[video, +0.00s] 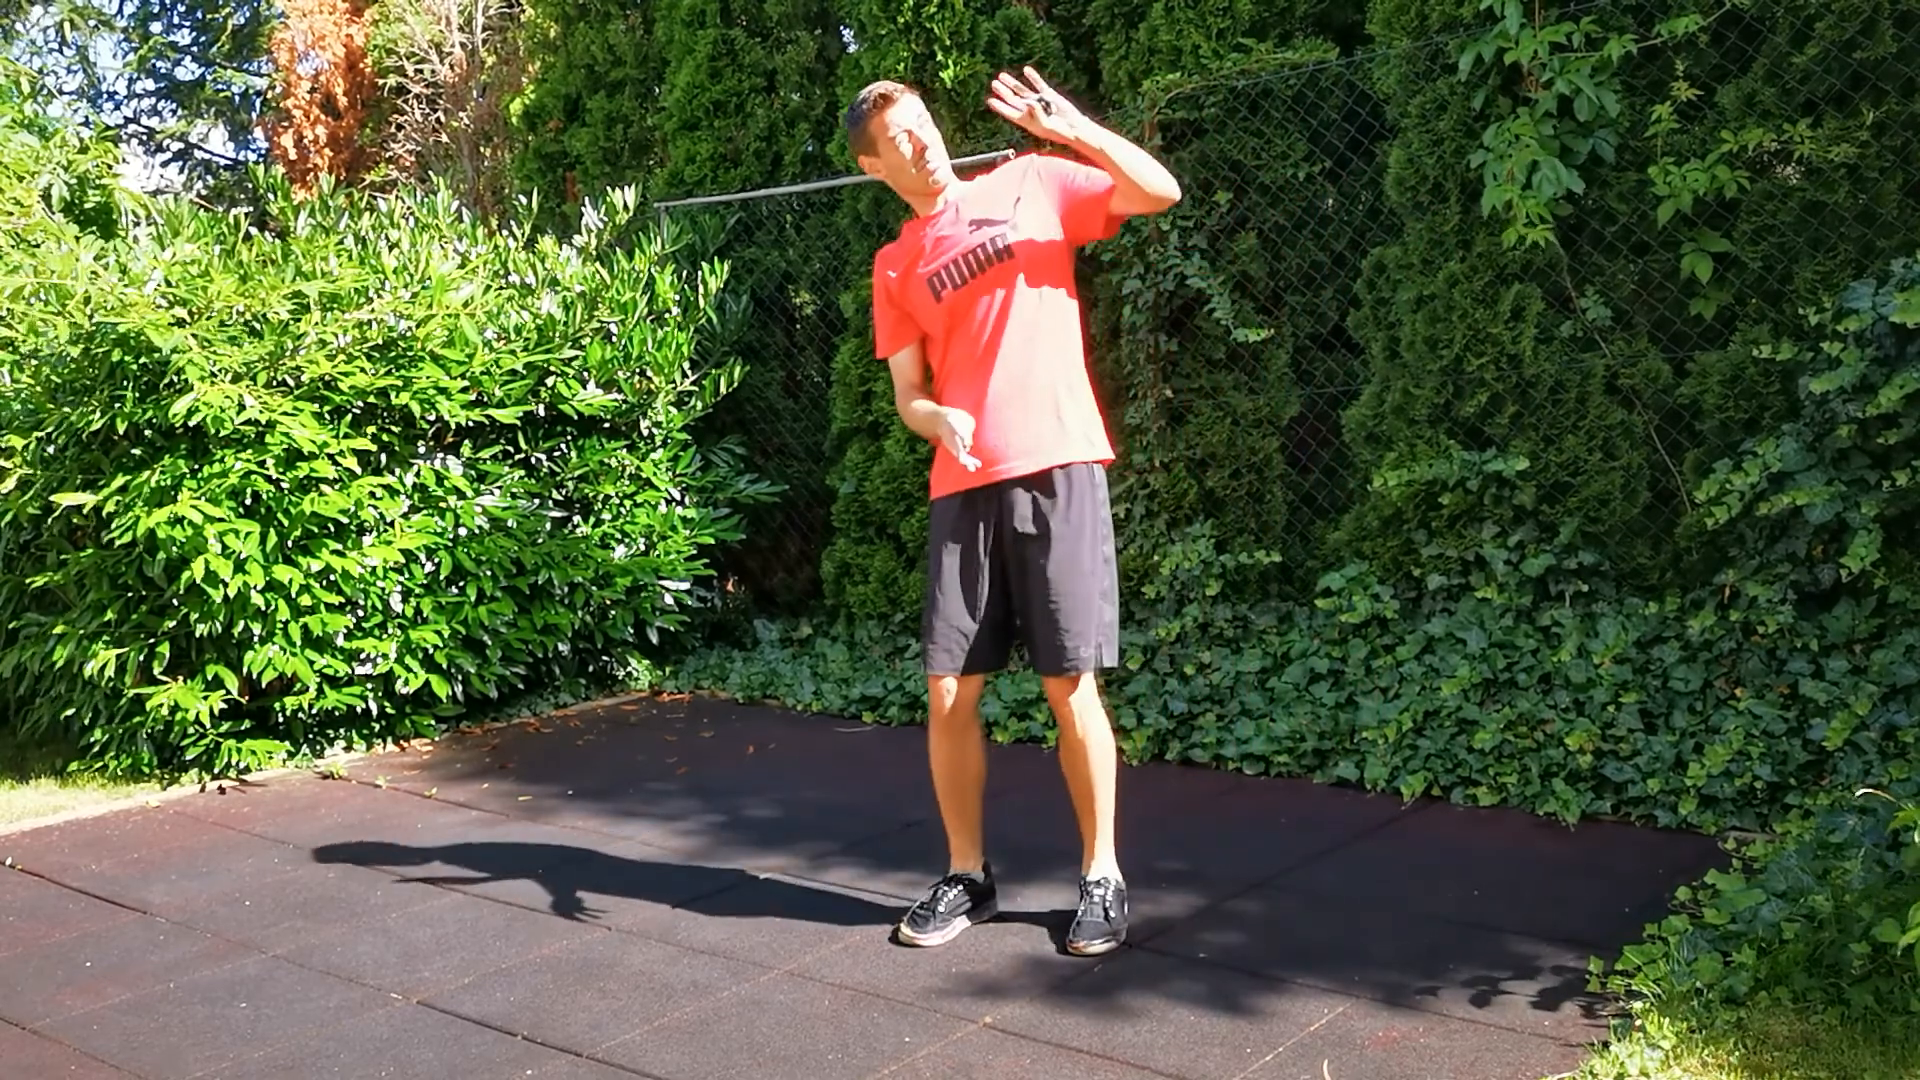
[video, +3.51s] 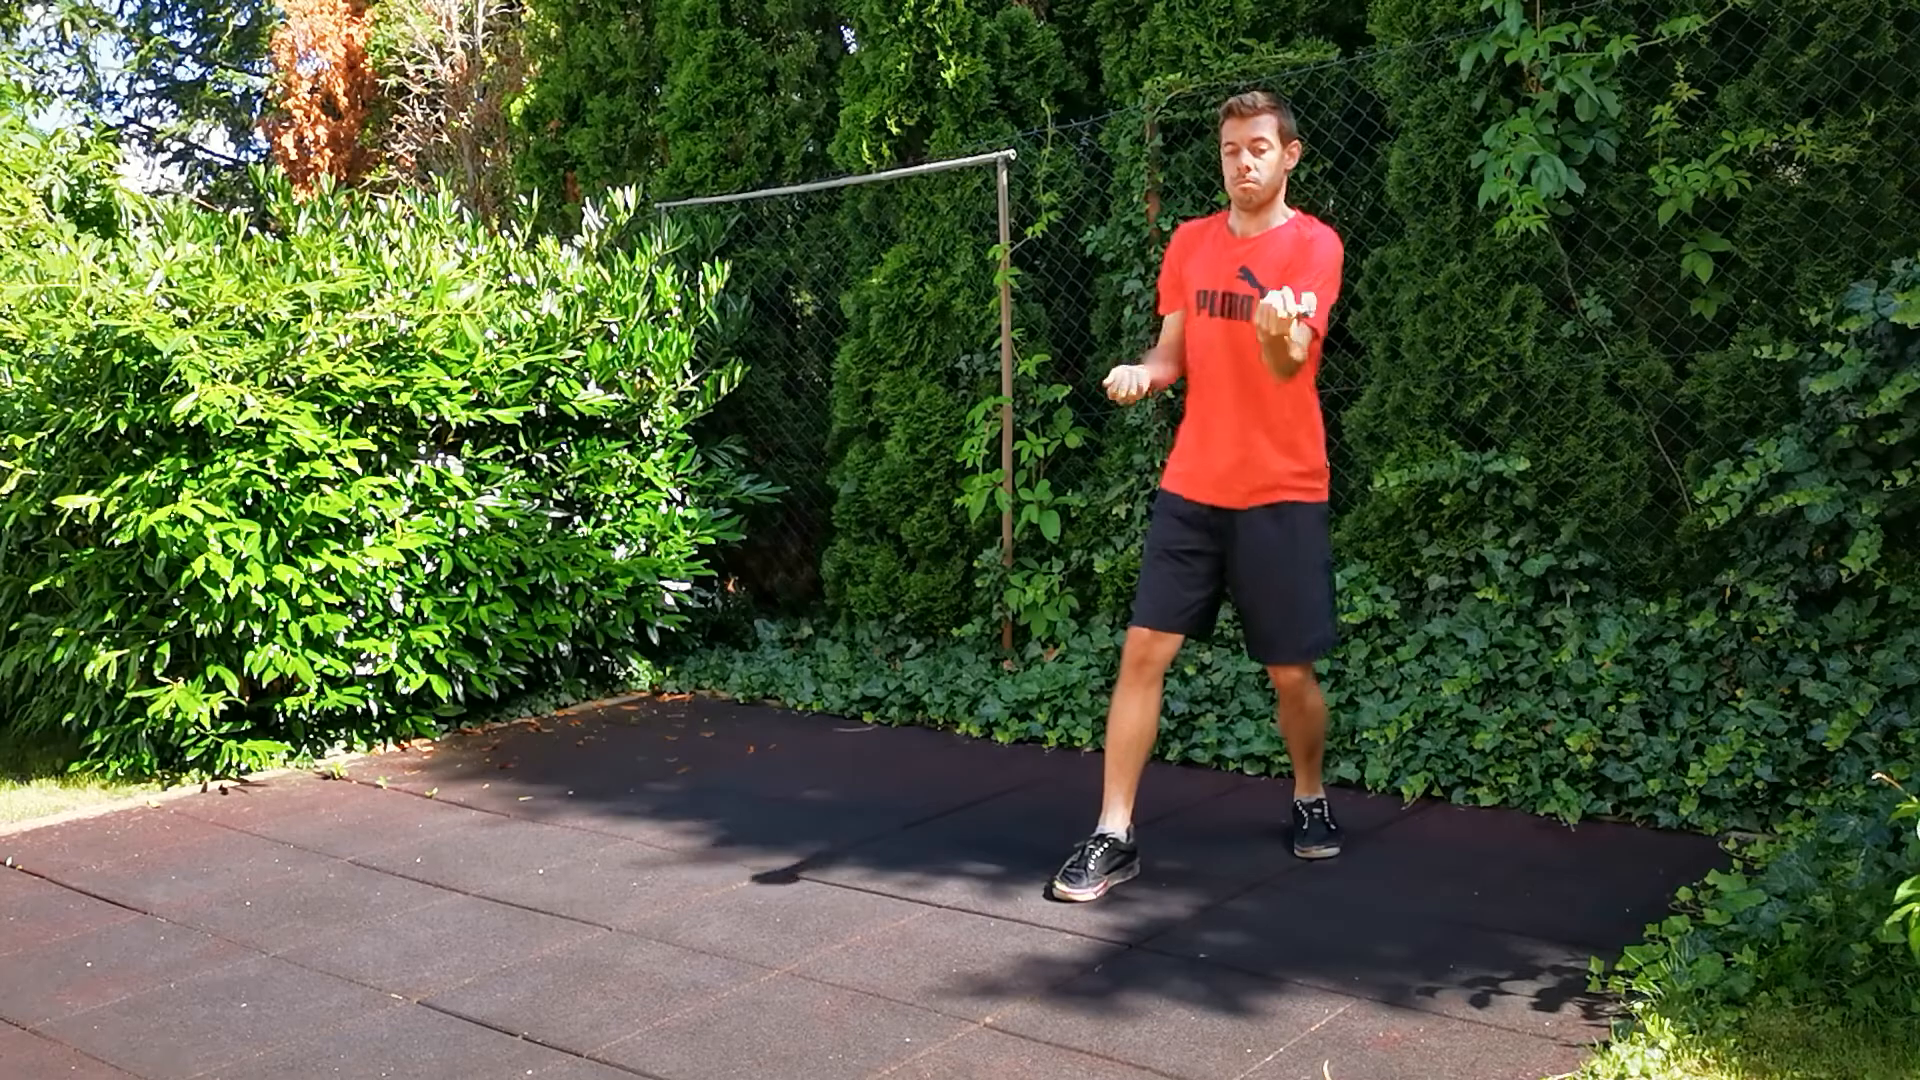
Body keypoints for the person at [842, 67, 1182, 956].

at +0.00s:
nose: (916, 145)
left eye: (917, 126)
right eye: (894, 143)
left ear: (940, 126)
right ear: (875, 169)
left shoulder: (1032, 180)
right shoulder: (895, 264)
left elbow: (1158, 190)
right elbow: (910, 394)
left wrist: (1064, 125)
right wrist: (937, 420)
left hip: (1058, 467)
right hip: (964, 484)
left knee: (1070, 684)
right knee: (949, 691)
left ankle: (1101, 882)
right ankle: (965, 878)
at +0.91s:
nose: (903, 175)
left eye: (911, 152)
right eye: (886, 167)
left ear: (947, 140)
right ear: (881, 182)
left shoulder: (1043, 177)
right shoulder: (915, 275)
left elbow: (1144, 103)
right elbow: (907, 381)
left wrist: (1137, 4)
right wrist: (952, 297)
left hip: (1079, 457)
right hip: (986, 481)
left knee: (1091, 679)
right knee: (949, 689)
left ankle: (1163, 861)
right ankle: (966, 877)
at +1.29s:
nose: (1048, 143)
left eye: (1060, 124)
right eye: (1034, 133)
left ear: (1101, 114)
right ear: (1024, 143)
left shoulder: (1150, 205)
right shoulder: (1018, 236)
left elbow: (1190, 147)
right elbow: (925, 282)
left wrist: (1124, 50)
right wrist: (944, 168)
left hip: (1136, 467)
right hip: (1043, 476)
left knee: (1129, 681)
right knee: (1003, 671)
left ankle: (1160, 864)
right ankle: (1073, 807)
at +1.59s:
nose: (1079, 153)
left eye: (1089, 136)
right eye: (1066, 142)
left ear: (1126, 129)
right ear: (1051, 145)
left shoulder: (1175, 192)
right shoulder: (1053, 228)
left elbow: (1132, 202)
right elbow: (970, 243)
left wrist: (1025, 132)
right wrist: (933, 173)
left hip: (1167, 469)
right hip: (1084, 478)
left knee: (1145, 656)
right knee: (1074, 664)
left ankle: (1170, 854)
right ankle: (1132, 826)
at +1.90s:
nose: (1114, 160)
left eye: (1125, 143)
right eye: (1105, 149)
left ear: (1167, 133)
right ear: (1101, 153)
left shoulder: (1220, 201)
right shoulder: (1100, 229)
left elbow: (1168, 254)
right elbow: (1040, 284)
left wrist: (1086, 267)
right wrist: (969, 270)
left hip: (1215, 467)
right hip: (1123, 474)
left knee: (1238, 656)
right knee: (1106, 648)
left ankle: (1299, 792)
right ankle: (1131, 828)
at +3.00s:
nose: (1215, 136)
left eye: (1229, 123)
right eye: (1205, 127)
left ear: (1265, 137)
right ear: (1192, 145)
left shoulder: (1296, 213)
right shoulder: (1165, 222)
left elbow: (1267, 273)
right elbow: (1121, 299)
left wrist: (1220, 256)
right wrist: (1078, 289)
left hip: (1272, 471)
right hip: (1178, 471)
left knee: (1291, 651)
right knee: (1143, 647)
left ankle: (1310, 801)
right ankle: (1113, 833)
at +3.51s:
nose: (1243, 162)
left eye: (1258, 148)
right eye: (1231, 150)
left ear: (1290, 156)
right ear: (1219, 160)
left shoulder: (1316, 246)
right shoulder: (1190, 241)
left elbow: (1290, 367)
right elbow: (1172, 355)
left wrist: (1280, 337)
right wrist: (1144, 372)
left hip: (1282, 492)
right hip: (1192, 483)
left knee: (1291, 672)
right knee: (1144, 650)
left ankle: (1309, 801)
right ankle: (1112, 833)